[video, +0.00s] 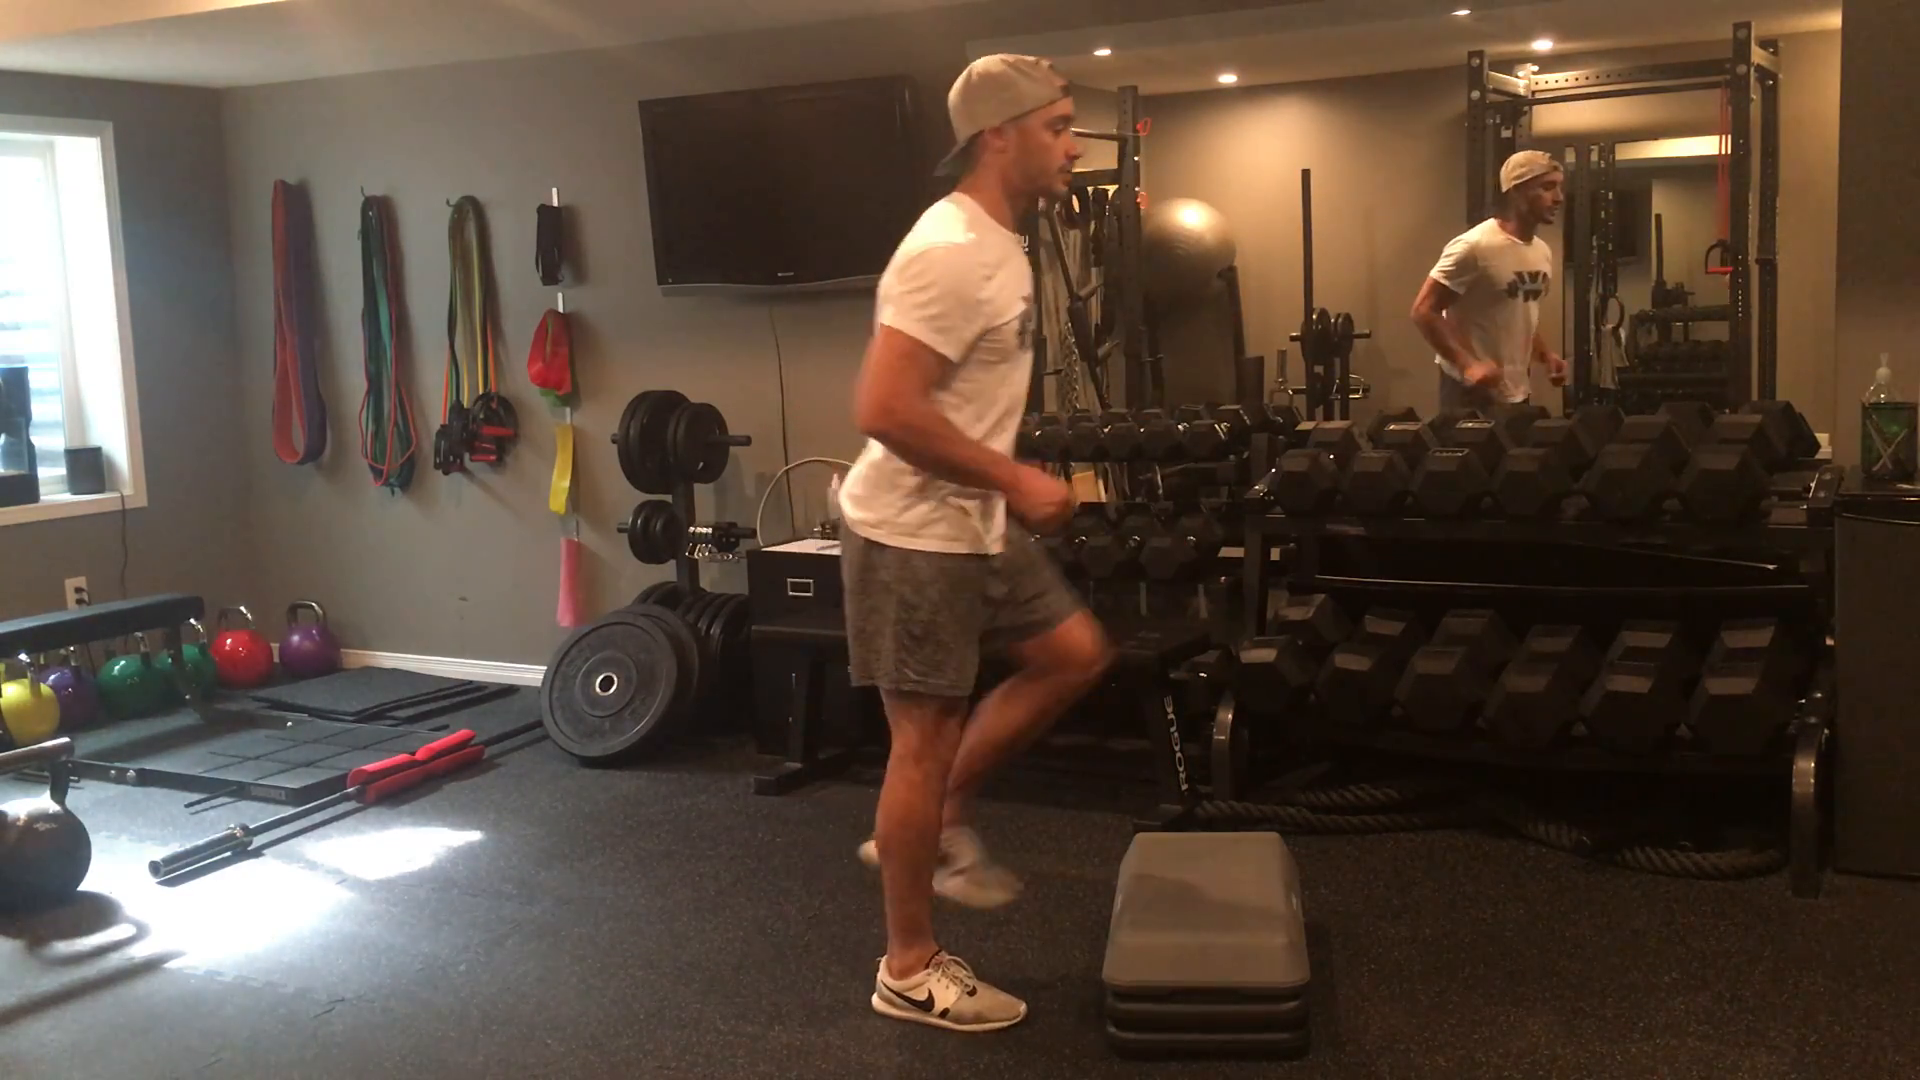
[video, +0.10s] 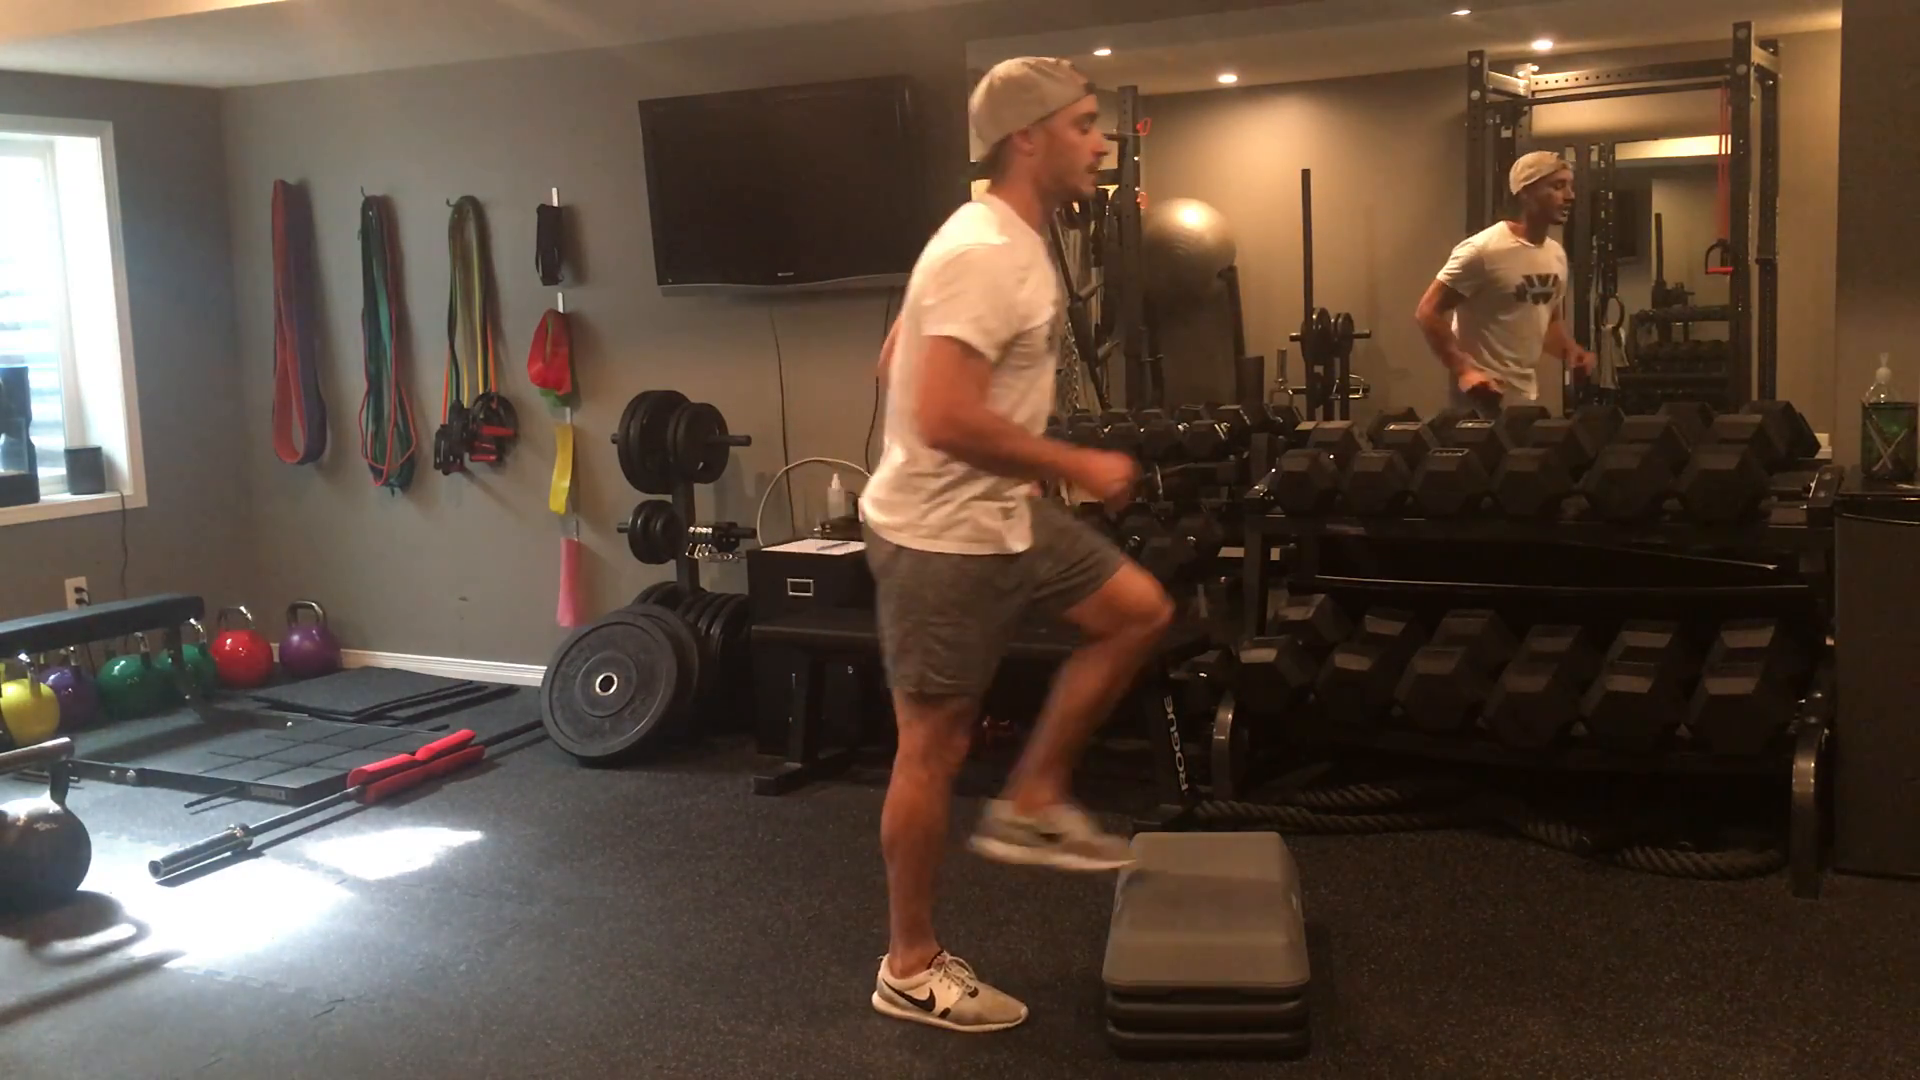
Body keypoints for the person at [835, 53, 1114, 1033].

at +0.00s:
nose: (1075, 142)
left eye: (1072, 125)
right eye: (1059, 126)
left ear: (1012, 140)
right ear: (999, 138)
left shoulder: (998, 243)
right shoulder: (948, 249)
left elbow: (940, 398)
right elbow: (885, 407)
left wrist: (1009, 477)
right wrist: (1013, 476)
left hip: (976, 524)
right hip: (913, 533)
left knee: (1072, 652)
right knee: (923, 746)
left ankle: (930, 811)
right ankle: (906, 965)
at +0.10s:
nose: (1101, 142)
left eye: (1096, 124)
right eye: (1084, 125)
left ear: (1032, 144)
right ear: (1025, 142)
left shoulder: (1008, 238)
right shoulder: (978, 251)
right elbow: (945, 414)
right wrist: (1075, 462)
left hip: (1005, 518)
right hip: (940, 534)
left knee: (1138, 612)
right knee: (931, 750)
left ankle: (1033, 801)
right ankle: (910, 962)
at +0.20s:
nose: (1137, 130)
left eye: (1132, 113)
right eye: (1119, 115)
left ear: (1065, 138)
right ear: (1061, 136)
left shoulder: (1033, 231)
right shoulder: (1014, 242)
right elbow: (993, 405)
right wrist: (1124, 433)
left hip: (1029, 506)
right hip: (966, 522)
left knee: (1168, 607)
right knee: (956, 746)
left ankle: (1105, 821)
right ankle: (913, 958)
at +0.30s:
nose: (1164, 116)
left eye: (1158, 100)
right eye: (1147, 100)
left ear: (1098, 121)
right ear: (1092, 119)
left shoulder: (1090, 227)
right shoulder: (1048, 222)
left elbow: (1034, 386)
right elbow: (1005, 381)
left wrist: (1102, 454)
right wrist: (1133, 424)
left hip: (1071, 502)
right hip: (1004, 510)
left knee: (1174, 632)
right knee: (1026, 720)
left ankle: (1103, 845)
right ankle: (929, 937)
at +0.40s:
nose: (1175, 80)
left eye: (1169, 63)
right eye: (1158, 64)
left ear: (1112, 82)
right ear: (1106, 80)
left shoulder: (1108, 190)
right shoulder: (1053, 183)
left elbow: (1064, 344)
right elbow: (992, 338)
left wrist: (1142, 394)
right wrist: (1126, 396)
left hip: (1077, 466)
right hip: (1015, 473)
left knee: (1162, 630)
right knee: (1113, 666)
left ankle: (1102, 845)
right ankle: (966, 862)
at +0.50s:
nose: (1178, 16)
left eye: (1174, 3)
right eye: (1163, 1)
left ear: (1116, 17)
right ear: (1107, 11)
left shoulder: (1108, 124)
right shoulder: (1056, 117)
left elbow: (1053, 278)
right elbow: (984, 270)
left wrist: (1144, 321)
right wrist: (1118, 344)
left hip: (1061, 406)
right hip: (1025, 410)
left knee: (1112, 609)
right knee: (1134, 604)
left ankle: (1101, 819)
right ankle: (1031, 821)